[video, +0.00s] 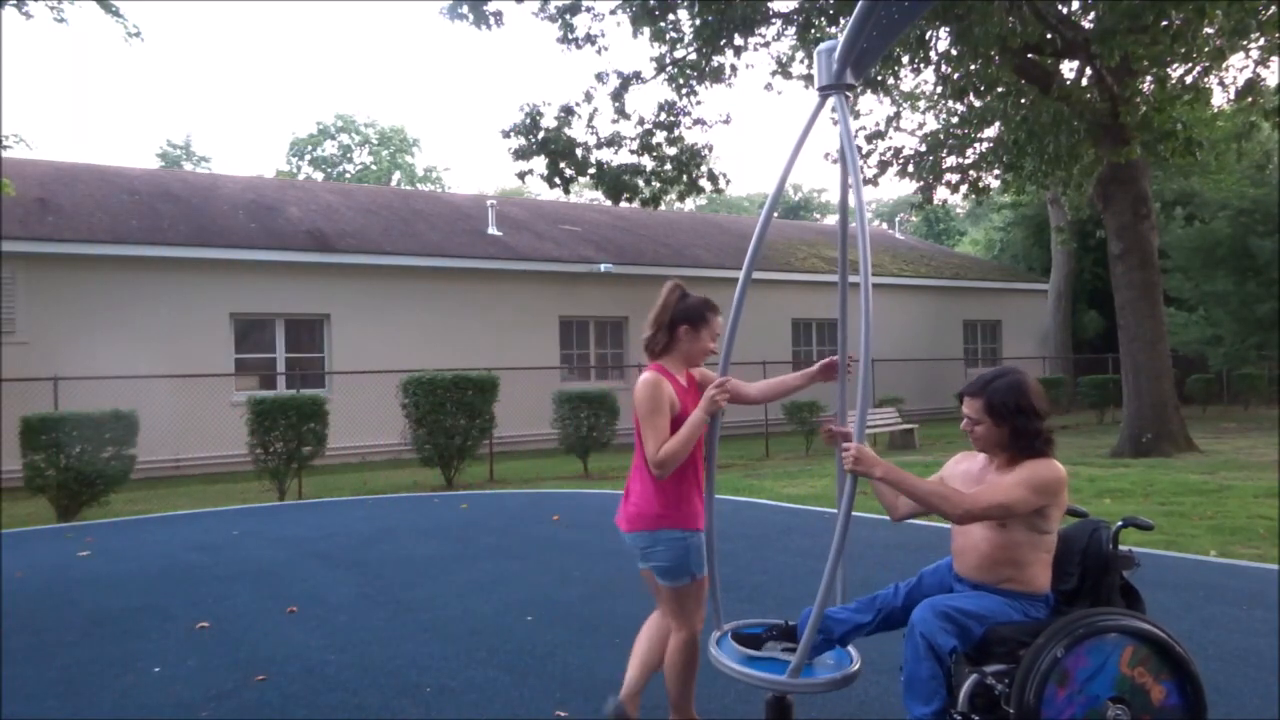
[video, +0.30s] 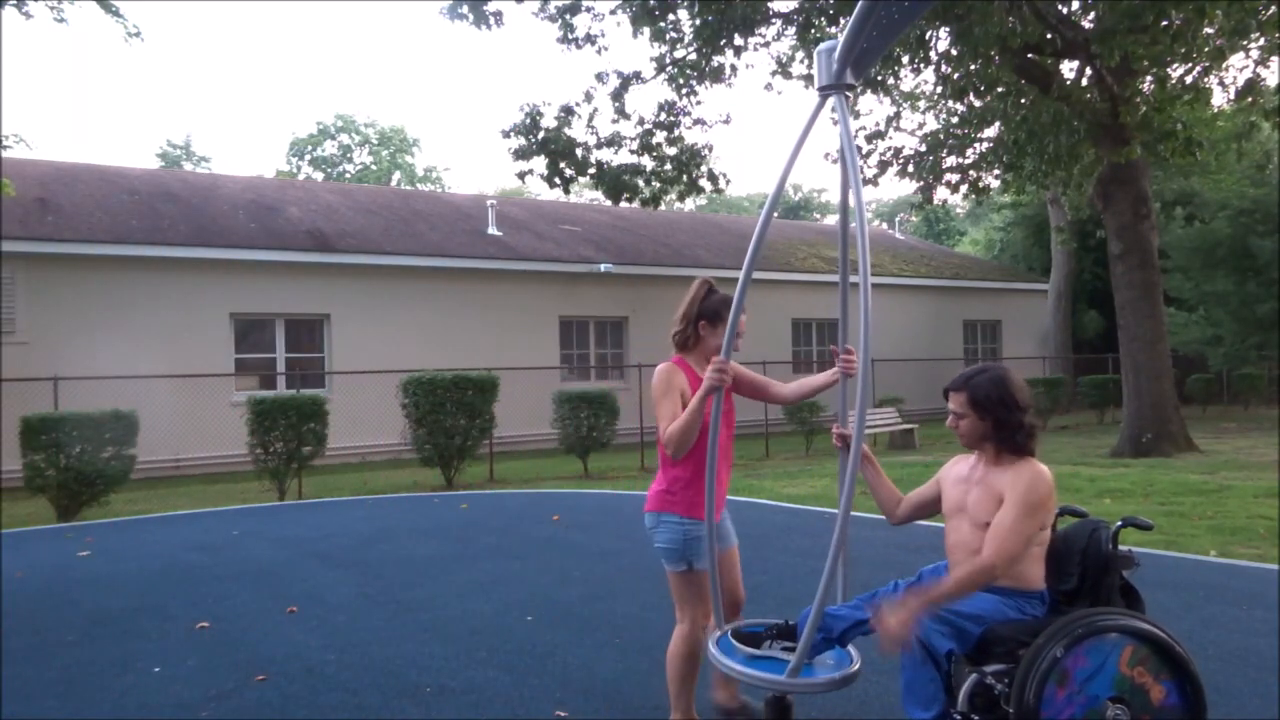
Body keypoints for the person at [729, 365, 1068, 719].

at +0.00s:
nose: (964, 429)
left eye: (974, 422)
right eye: (964, 419)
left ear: (1010, 424)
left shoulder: (1046, 474)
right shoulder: (965, 463)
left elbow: (963, 510)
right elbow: (901, 508)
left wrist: (879, 467)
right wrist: (863, 457)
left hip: (1013, 599)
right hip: (956, 578)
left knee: (928, 620)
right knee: (888, 602)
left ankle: (927, 713)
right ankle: (800, 633)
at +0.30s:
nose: (950, 423)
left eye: (959, 415)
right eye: (950, 414)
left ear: (993, 417)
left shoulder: (1030, 477)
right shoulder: (958, 467)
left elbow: (991, 564)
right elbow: (898, 512)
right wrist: (862, 455)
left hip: (1014, 599)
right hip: (956, 584)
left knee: (923, 628)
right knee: (871, 608)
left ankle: (927, 713)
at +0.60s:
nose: (948, 415)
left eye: (956, 407)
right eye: (950, 406)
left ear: (988, 412)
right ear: (976, 413)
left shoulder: (1025, 479)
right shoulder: (959, 469)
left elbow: (988, 573)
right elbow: (898, 511)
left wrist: (941, 646)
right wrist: (863, 457)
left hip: (1013, 600)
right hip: (957, 582)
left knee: (922, 622)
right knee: (887, 598)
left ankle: (927, 712)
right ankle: (795, 635)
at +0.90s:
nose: (951, 413)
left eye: (960, 406)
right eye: (954, 404)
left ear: (991, 413)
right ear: (978, 414)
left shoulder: (1028, 474)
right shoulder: (956, 471)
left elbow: (1023, 569)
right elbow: (894, 513)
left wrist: (942, 603)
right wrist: (864, 460)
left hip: (1016, 601)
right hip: (961, 591)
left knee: (933, 574)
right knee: (894, 594)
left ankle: (888, 693)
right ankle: (798, 632)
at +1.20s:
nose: (948, 424)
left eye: (957, 416)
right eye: (947, 415)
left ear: (990, 416)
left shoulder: (1025, 468)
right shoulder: (953, 472)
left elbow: (1026, 559)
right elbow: (891, 514)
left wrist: (939, 569)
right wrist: (863, 460)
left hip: (1022, 596)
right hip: (966, 585)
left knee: (940, 554)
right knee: (910, 577)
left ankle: (846, 631)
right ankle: (795, 629)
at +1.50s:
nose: (939, 412)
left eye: (950, 407)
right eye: (943, 403)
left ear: (981, 416)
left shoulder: (1017, 467)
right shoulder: (944, 473)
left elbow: (997, 559)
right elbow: (885, 515)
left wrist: (914, 581)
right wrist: (862, 460)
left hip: (1019, 595)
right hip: (970, 587)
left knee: (925, 561)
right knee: (900, 586)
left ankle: (838, 636)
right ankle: (795, 628)